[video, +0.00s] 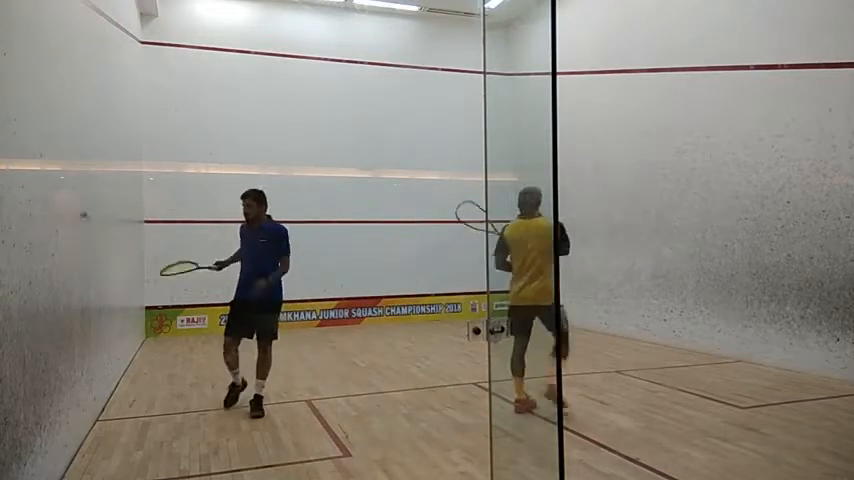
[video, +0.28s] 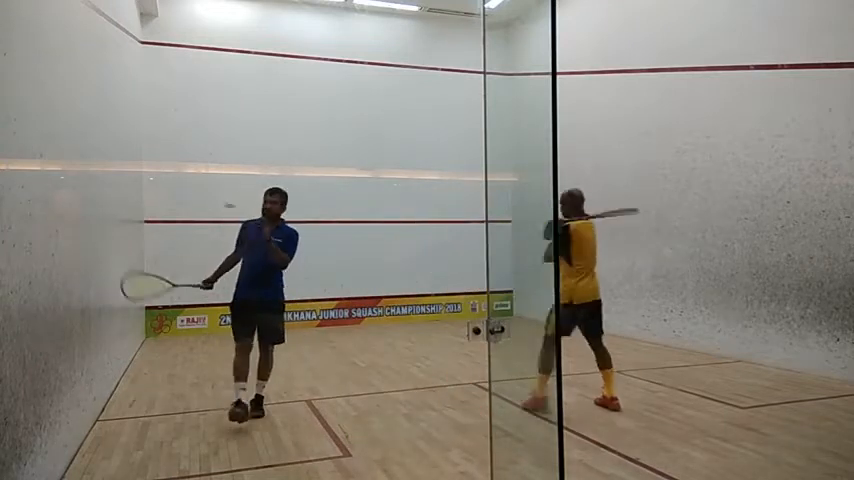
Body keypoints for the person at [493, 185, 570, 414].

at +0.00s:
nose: (531, 207)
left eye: (524, 203)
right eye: (537, 204)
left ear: (519, 204)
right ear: (539, 205)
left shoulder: (509, 230)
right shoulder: (552, 227)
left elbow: (499, 262)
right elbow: (564, 249)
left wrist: (520, 267)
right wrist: (542, 253)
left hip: (520, 299)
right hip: (546, 297)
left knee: (519, 345)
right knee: (562, 335)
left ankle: (520, 396)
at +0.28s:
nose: (561, 208)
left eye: (563, 204)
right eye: (562, 204)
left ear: (568, 206)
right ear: (581, 205)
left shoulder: (566, 230)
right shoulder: (589, 225)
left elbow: (549, 257)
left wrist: (558, 229)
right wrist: (559, 227)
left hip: (568, 299)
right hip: (591, 297)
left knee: (550, 342)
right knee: (597, 343)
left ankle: (539, 395)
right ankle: (610, 395)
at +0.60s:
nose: (598, 206)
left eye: (600, 202)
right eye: (598, 203)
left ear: (607, 203)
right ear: (616, 202)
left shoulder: (616, 224)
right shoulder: (609, 222)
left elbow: (599, 255)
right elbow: (583, 234)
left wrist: (586, 261)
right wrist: (567, 226)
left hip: (615, 293)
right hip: (609, 292)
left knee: (613, 342)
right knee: (612, 342)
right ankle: (612, 395)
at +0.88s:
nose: (628, 206)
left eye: (632, 202)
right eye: (629, 202)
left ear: (641, 205)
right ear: (648, 206)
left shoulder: (653, 228)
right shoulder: (650, 229)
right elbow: (655, 265)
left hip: (664, 304)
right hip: (651, 304)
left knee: (677, 353)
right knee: (638, 343)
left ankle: (709, 406)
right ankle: (622, 391)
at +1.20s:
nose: (664, 197)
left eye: (667, 194)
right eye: (666, 192)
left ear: (672, 197)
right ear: (688, 198)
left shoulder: (664, 224)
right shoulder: (706, 221)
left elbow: (655, 258)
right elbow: (732, 252)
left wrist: (661, 285)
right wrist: (713, 271)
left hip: (685, 300)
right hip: (710, 297)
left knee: (695, 353)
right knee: (709, 344)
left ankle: (711, 408)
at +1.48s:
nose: (696, 199)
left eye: (698, 196)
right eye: (699, 195)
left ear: (700, 199)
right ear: (721, 199)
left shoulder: (689, 227)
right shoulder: (741, 220)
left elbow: (675, 263)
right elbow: (771, 252)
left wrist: (691, 275)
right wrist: (753, 260)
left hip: (714, 303)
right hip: (748, 300)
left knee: (700, 351)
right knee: (778, 349)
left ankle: (710, 409)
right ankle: (804, 408)